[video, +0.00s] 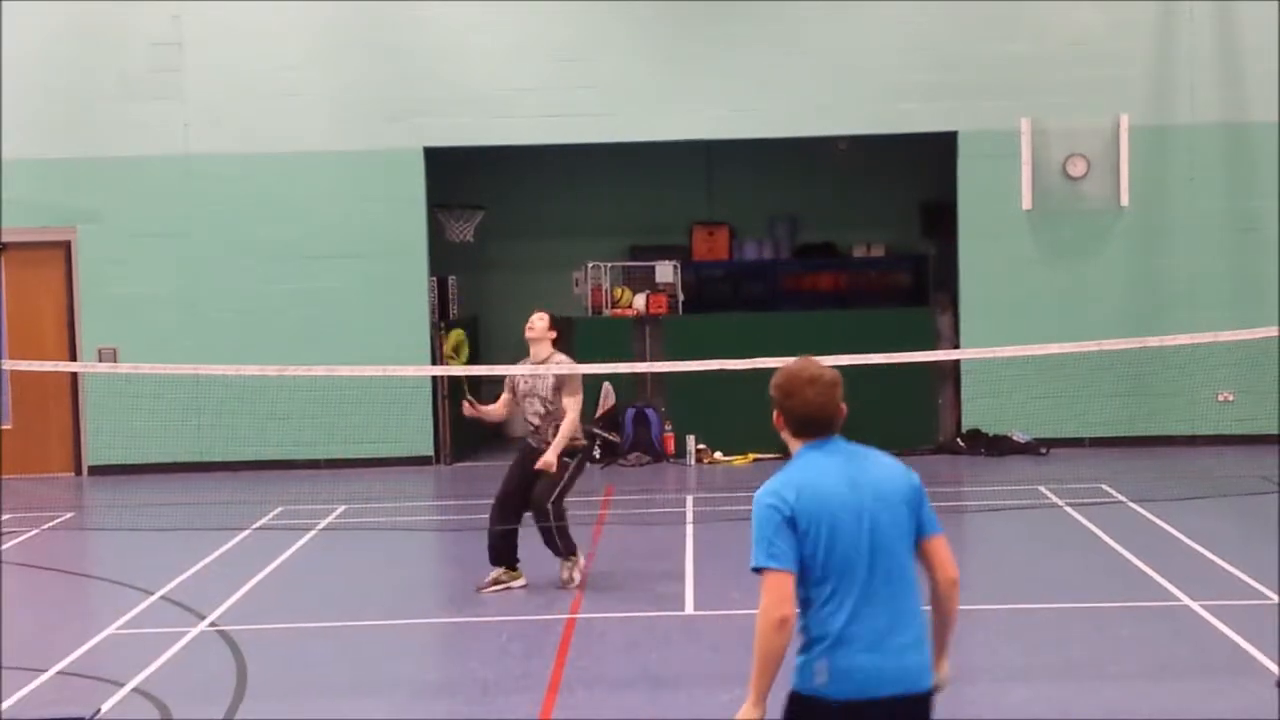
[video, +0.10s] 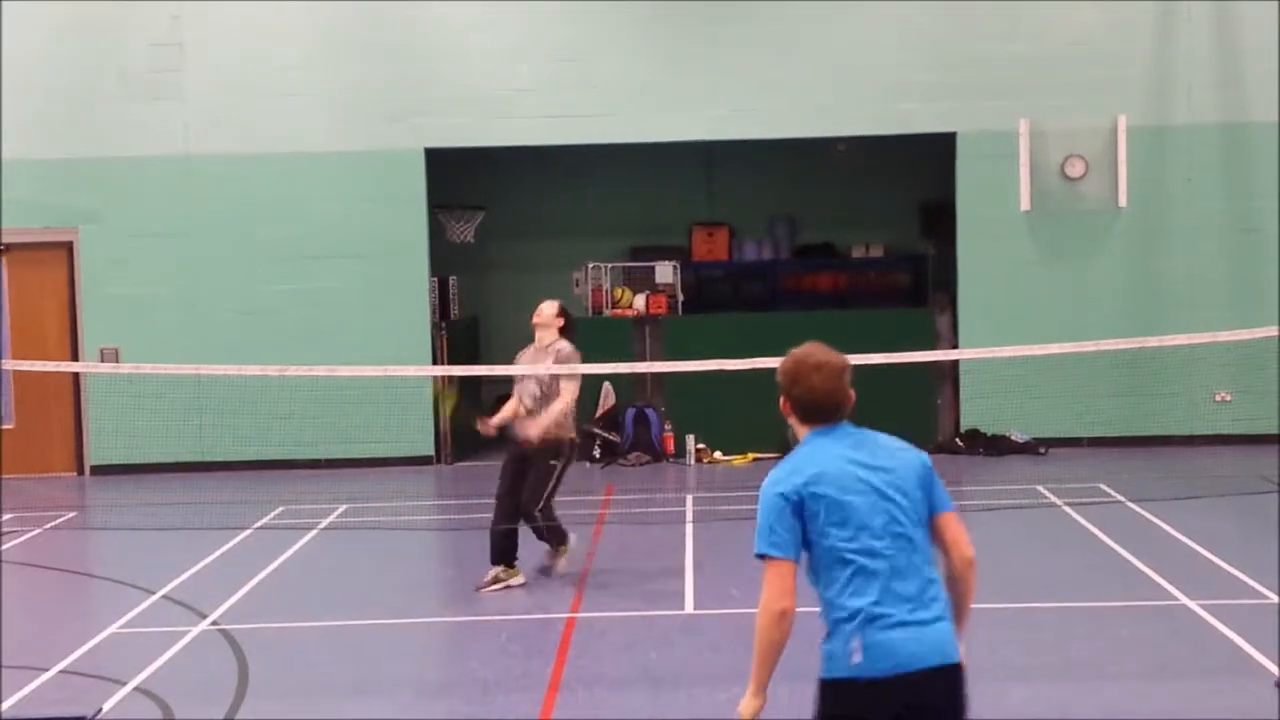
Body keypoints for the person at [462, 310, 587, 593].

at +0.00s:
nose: (530, 322)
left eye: (538, 320)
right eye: (529, 319)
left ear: (552, 334)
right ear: (526, 331)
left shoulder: (565, 366)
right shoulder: (519, 369)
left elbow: (573, 416)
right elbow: (502, 410)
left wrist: (553, 451)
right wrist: (479, 411)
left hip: (568, 446)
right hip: (535, 445)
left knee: (543, 500)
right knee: (506, 501)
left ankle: (569, 557)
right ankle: (507, 569)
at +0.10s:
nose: (537, 311)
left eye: (546, 308)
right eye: (538, 307)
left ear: (559, 321)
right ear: (536, 319)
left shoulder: (565, 352)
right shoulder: (525, 355)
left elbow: (568, 397)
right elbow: (519, 398)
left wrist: (538, 424)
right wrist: (496, 420)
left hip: (556, 440)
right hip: (525, 437)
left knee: (533, 504)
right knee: (507, 499)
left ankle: (560, 543)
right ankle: (505, 566)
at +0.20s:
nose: (554, 293)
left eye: (563, 292)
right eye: (557, 290)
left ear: (572, 307)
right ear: (553, 305)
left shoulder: (573, 336)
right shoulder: (538, 338)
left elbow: (563, 375)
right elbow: (529, 386)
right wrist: (511, 425)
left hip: (555, 422)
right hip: (526, 418)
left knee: (534, 489)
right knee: (507, 482)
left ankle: (544, 550)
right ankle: (495, 549)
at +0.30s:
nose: (563, 284)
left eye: (571, 282)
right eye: (567, 281)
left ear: (581, 295)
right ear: (570, 293)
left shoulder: (576, 322)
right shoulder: (555, 324)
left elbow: (568, 345)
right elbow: (547, 361)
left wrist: (531, 333)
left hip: (555, 413)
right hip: (531, 410)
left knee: (543, 482)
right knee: (503, 469)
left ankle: (548, 551)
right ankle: (514, 530)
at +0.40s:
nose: (583, 266)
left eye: (591, 267)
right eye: (587, 264)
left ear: (596, 284)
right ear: (581, 279)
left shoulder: (589, 310)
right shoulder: (553, 301)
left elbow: (582, 332)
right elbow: (534, 322)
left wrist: (548, 316)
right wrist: (540, 316)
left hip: (561, 389)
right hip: (534, 385)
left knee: (553, 462)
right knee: (524, 452)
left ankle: (542, 536)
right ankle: (550, 515)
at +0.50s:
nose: (587, 267)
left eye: (594, 268)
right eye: (590, 265)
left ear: (601, 283)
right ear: (588, 278)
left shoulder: (594, 317)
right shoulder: (567, 290)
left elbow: (570, 337)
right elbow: (554, 259)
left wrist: (530, 336)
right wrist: (547, 227)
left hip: (567, 392)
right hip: (548, 388)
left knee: (551, 454)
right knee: (564, 451)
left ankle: (536, 522)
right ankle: (580, 507)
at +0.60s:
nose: (584, 283)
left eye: (591, 282)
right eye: (586, 280)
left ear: (602, 297)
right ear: (589, 293)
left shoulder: (596, 329)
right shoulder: (576, 310)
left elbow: (570, 359)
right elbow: (560, 280)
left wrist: (538, 353)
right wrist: (545, 255)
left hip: (581, 406)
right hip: (567, 403)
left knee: (554, 458)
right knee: (581, 464)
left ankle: (535, 522)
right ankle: (599, 524)